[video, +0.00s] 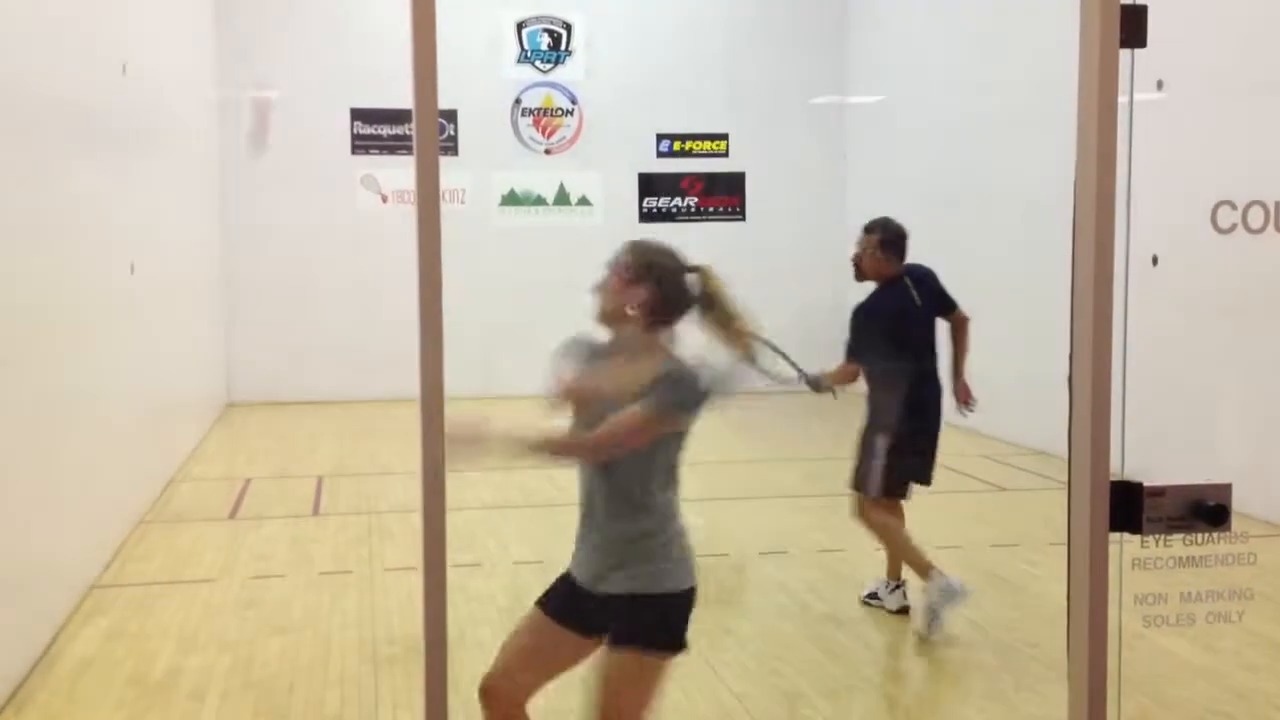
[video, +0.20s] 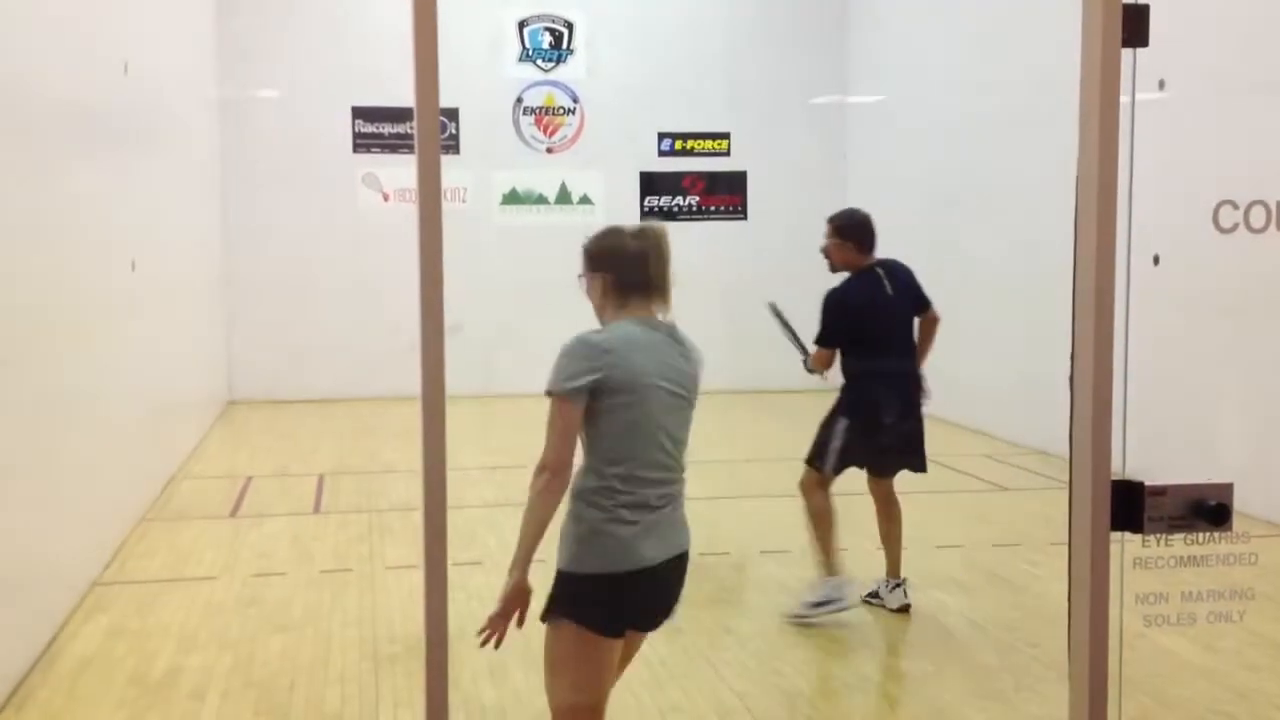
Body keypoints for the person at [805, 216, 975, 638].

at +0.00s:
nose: (855, 255)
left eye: (863, 249)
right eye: (859, 247)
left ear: (885, 256)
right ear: (891, 255)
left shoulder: (869, 311)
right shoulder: (920, 278)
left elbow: (851, 369)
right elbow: (959, 320)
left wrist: (822, 379)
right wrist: (959, 377)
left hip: (890, 418)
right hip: (921, 412)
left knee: (869, 508)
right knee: (890, 501)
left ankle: (938, 583)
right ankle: (894, 588)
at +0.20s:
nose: (823, 248)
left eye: (830, 242)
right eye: (826, 240)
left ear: (851, 247)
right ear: (860, 246)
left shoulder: (841, 297)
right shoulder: (897, 272)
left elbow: (822, 360)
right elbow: (930, 319)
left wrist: (814, 358)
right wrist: (914, 365)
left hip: (860, 401)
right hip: (901, 399)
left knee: (813, 483)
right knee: (881, 484)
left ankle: (832, 584)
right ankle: (894, 584)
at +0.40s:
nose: (802, 267)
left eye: (803, 261)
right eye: (804, 260)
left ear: (809, 261)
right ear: (842, 257)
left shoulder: (806, 306)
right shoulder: (872, 291)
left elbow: (795, 375)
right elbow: (907, 346)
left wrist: (799, 405)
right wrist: (882, 379)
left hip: (831, 406)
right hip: (879, 402)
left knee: (785, 494)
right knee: (869, 488)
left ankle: (767, 591)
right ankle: (888, 583)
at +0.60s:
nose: (809, 275)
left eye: (810, 270)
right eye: (813, 270)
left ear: (814, 273)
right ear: (850, 269)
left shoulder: (803, 311)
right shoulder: (880, 302)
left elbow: (785, 375)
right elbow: (915, 365)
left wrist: (790, 415)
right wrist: (896, 404)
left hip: (825, 411)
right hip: (876, 411)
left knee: (783, 488)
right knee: (893, 482)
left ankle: (759, 581)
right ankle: (873, 575)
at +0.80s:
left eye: (876, 278)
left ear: (874, 281)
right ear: (909, 280)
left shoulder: (857, 317)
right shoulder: (929, 313)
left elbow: (836, 383)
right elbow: (982, 357)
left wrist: (853, 415)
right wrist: (999, 402)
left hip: (852, 424)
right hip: (900, 428)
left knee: (825, 492)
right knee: (911, 496)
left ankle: (767, 551)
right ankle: (859, 568)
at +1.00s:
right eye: (989, 275)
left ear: (956, 274)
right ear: (989, 276)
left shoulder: (934, 306)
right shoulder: (993, 303)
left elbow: (896, 372)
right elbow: (1050, 337)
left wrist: (911, 416)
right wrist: (1083, 370)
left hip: (917, 408)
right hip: (947, 411)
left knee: (957, 470)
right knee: (937, 499)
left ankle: (938, 550)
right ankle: (867, 557)